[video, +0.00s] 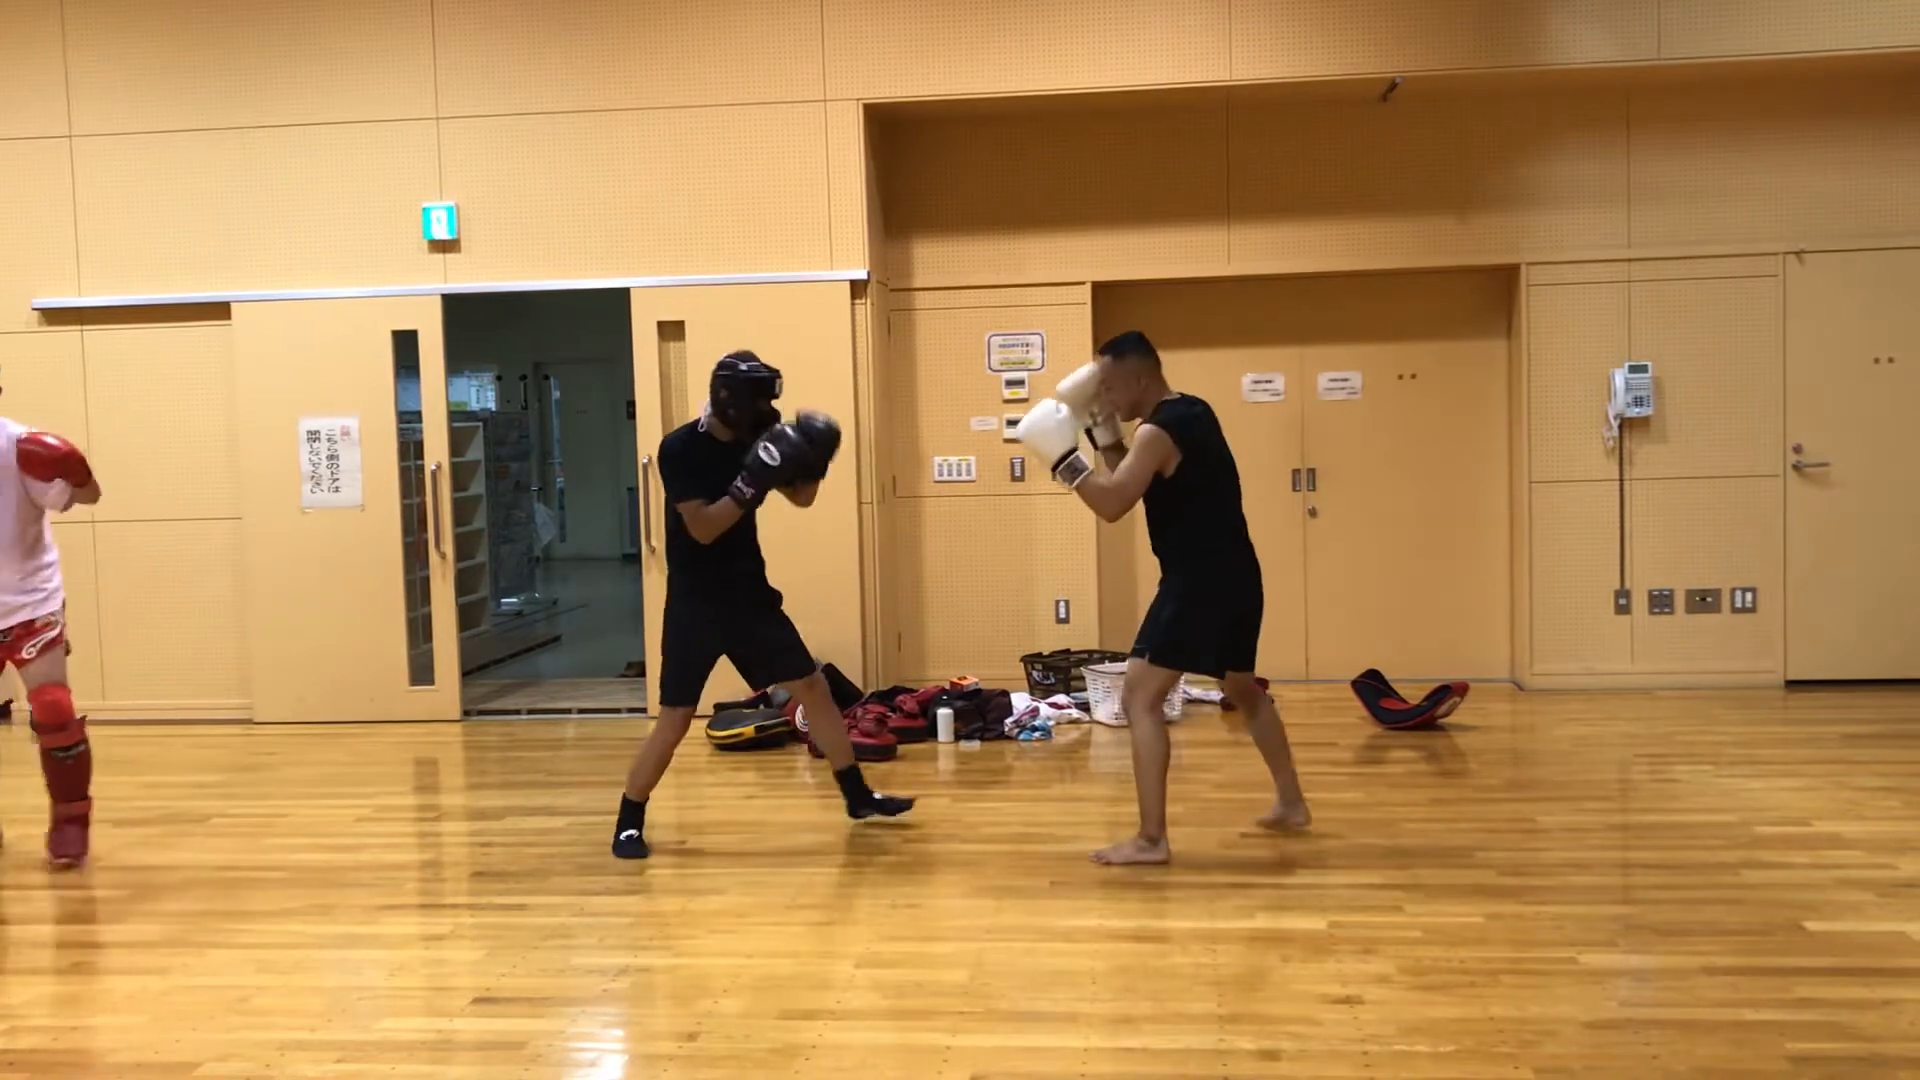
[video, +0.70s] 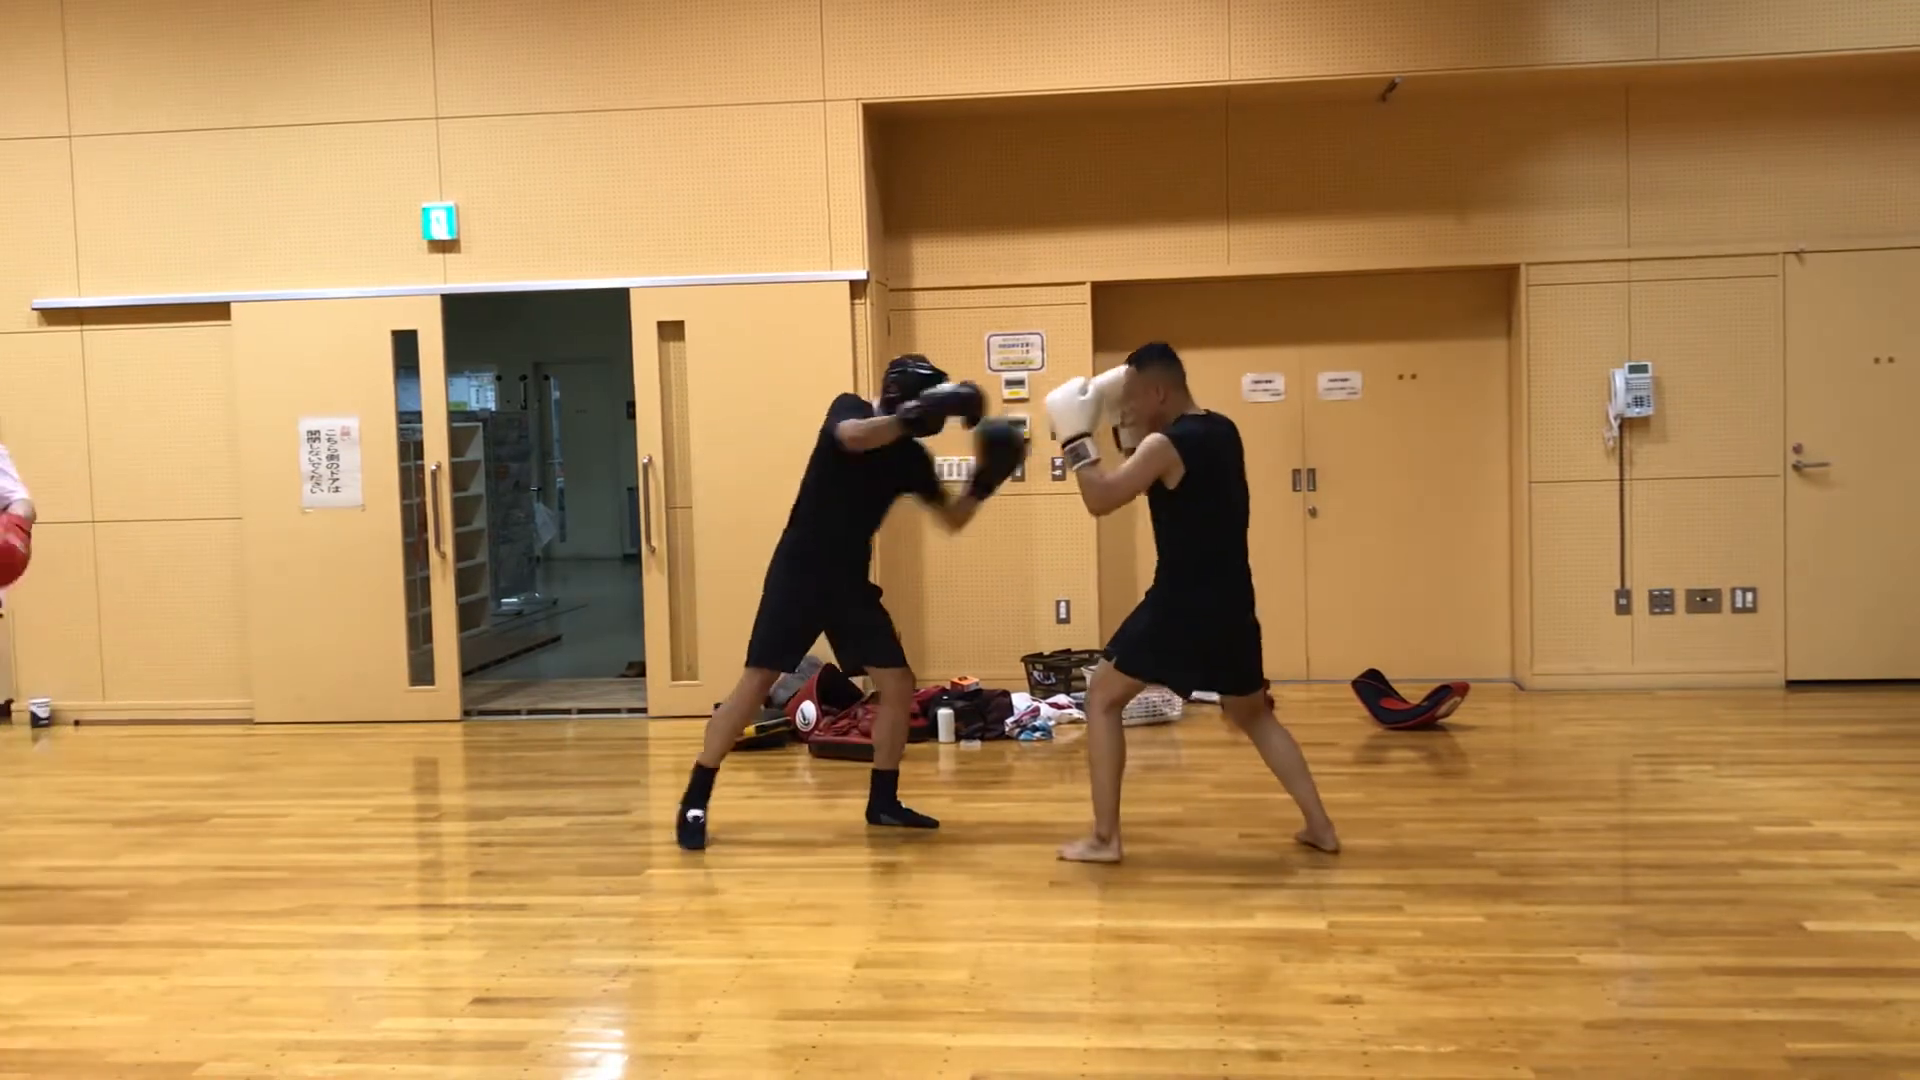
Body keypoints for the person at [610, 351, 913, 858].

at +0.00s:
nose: (766, 415)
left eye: (768, 406)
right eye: (758, 406)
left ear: (759, 405)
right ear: (726, 402)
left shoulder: (760, 436)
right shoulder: (679, 450)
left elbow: (802, 496)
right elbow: (703, 528)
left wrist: (812, 456)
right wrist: (756, 475)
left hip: (750, 597)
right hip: (694, 604)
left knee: (811, 686)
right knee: (674, 719)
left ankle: (858, 797)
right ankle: (629, 822)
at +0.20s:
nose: (805, 415)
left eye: (808, 405)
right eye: (796, 406)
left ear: (804, 403)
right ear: (764, 404)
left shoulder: (801, 448)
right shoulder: (715, 452)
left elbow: (855, 491)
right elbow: (702, 533)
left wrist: (875, 461)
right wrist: (755, 498)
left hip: (782, 605)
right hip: (725, 610)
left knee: (847, 692)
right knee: (690, 721)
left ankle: (880, 805)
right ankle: (632, 822)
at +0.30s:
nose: (838, 413)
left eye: (839, 404)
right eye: (829, 405)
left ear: (828, 405)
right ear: (798, 401)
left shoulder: (827, 447)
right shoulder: (750, 445)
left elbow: (877, 489)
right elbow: (726, 522)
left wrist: (911, 456)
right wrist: (779, 488)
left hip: (801, 602)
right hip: (747, 606)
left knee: (863, 688)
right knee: (713, 719)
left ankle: (881, 802)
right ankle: (643, 813)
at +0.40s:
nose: (870, 415)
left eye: (873, 407)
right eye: (864, 405)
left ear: (842, 405)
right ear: (836, 402)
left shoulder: (834, 450)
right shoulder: (799, 433)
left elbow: (839, 528)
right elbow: (812, 482)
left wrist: (882, 502)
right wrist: (868, 449)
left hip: (809, 595)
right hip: (765, 597)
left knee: (869, 685)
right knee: (754, 719)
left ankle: (882, 801)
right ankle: (679, 807)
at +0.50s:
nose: (887, 419)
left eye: (888, 411)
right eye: (883, 410)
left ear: (847, 403)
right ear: (857, 402)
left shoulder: (834, 457)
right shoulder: (819, 428)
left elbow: (825, 543)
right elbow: (896, 433)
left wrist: (881, 519)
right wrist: (959, 414)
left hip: (817, 594)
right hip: (777, 594)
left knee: (882, 684)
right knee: (752, 716)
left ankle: (881, 802)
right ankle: (673, 810)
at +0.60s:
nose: (914, 417)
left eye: (917, 410)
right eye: (911, 409)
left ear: (881, 399)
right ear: (889, 403)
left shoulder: (881, 463)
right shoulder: (838, 416)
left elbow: (892, 536)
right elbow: (893, 429)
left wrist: (935, 500)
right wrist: (960, 407)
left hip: (835, 586)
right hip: (788, 580)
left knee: (892, 684)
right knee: (752, 697)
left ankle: (883, 803)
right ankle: (681, 806)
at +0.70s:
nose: (928, 415)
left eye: (932, 408)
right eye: (924, 404)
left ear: (927, 412)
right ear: (900, 395)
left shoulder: (913, 457)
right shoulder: (851, 407)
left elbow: (952, 518)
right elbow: (852, 436)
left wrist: (988, 474)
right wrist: (921, 414)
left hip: (849, 580)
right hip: (799, 570)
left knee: (898, 686)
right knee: (756, 684)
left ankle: (884, 803)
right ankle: (696, 798)